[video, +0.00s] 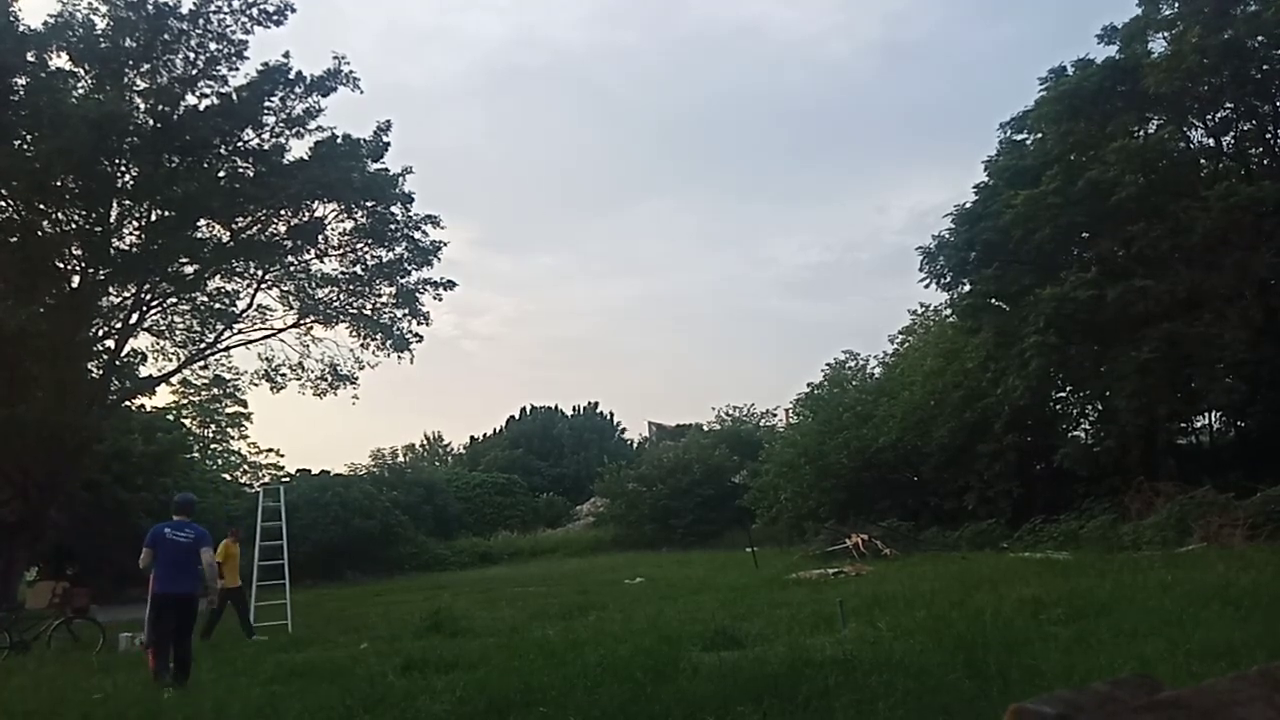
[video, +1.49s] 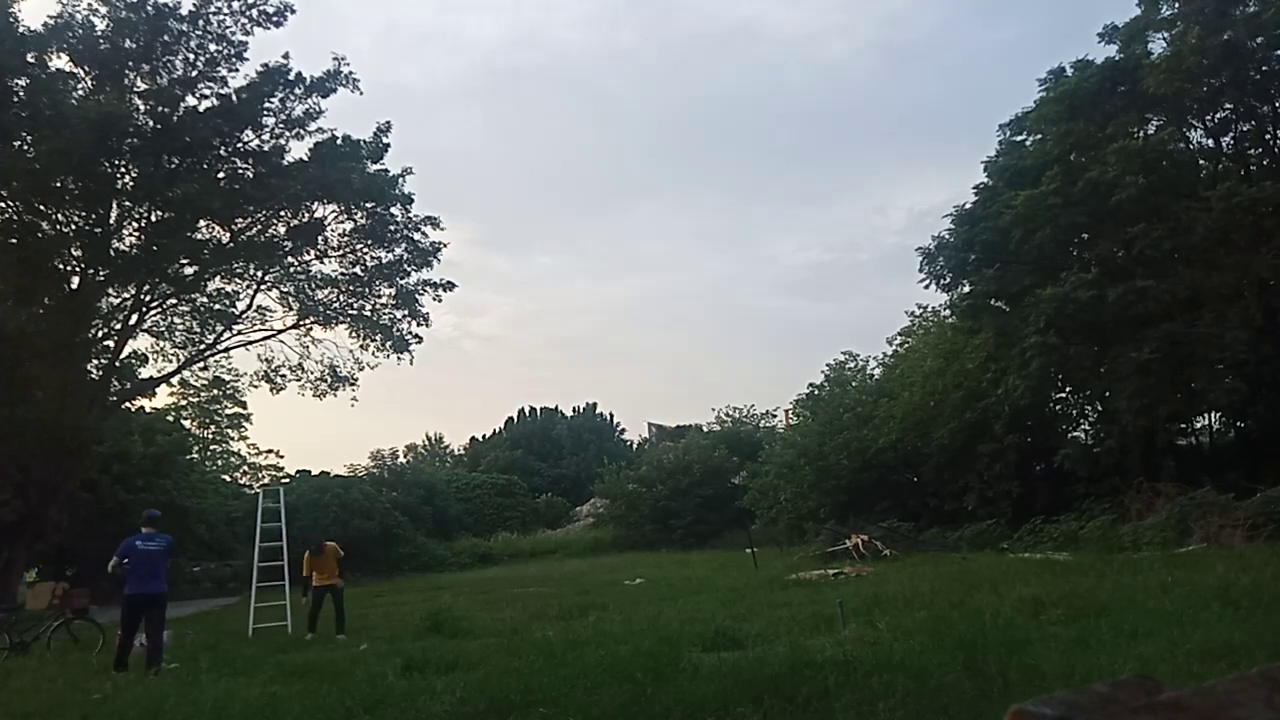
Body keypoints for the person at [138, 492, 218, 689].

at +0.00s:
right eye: (189, 510)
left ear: (172, 510)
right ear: (191, 511)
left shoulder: (157, 531)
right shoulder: (200, 533)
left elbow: (143, 563)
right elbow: (208, 562)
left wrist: (157, 555)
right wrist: (213, 591)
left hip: (162, 595)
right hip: (188, 595)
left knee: (159, 639)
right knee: (184, 640)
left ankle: (162, 680)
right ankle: (181, 682)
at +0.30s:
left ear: (168, 507)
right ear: (188, 508)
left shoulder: (156, 527)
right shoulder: (199, 529)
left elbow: (144, 557)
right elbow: (208, 558)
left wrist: (144, 572)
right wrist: (192, 561)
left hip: (158, 590)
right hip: (184, 590)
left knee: (150, 632)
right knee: (182, 635)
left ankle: (153, 673)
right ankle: (180, 677)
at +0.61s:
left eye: (157, 516)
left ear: (154, 517)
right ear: (173, 517)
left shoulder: (143, 538)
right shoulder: (184, 538)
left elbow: (133, 570)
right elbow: (187, 566)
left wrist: (128, 597)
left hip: (147, 596)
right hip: (174, 596)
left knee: (144, 638)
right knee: (175, 634)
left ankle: (143, 675)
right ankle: (176, 662)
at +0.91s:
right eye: (165, 516)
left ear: (152, 515)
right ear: (170, 516)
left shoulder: (139, 534)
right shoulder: (178, 536)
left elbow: (119, 560)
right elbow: (179, 560)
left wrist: (129, 579)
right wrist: (167, 575)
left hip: (142, 590)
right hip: (166, 591)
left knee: (141, 632)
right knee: (163, 632)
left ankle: (143, 671)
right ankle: (160, 668)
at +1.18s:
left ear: (152, 521)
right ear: (169, 523)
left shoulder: (140, 537)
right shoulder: (176, 541)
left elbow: (112, 558)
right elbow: (174, 562)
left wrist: (129, 571)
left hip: (141, 594)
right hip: (164, 595)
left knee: (133, 633)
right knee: (158, 635)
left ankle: (140, 659)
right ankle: (157, 671)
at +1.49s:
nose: (147, 527)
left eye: (145, 524)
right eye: (153, 524)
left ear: (142, 524)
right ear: (158, 524)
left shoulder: (131, 542)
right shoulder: (167, 541)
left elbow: (112, 567)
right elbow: (169, 563)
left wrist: (128, 571)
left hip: (134, 594)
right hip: (158, 594)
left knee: (127, 632)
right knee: (155, 634)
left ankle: (120, 666)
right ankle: (153, 669)